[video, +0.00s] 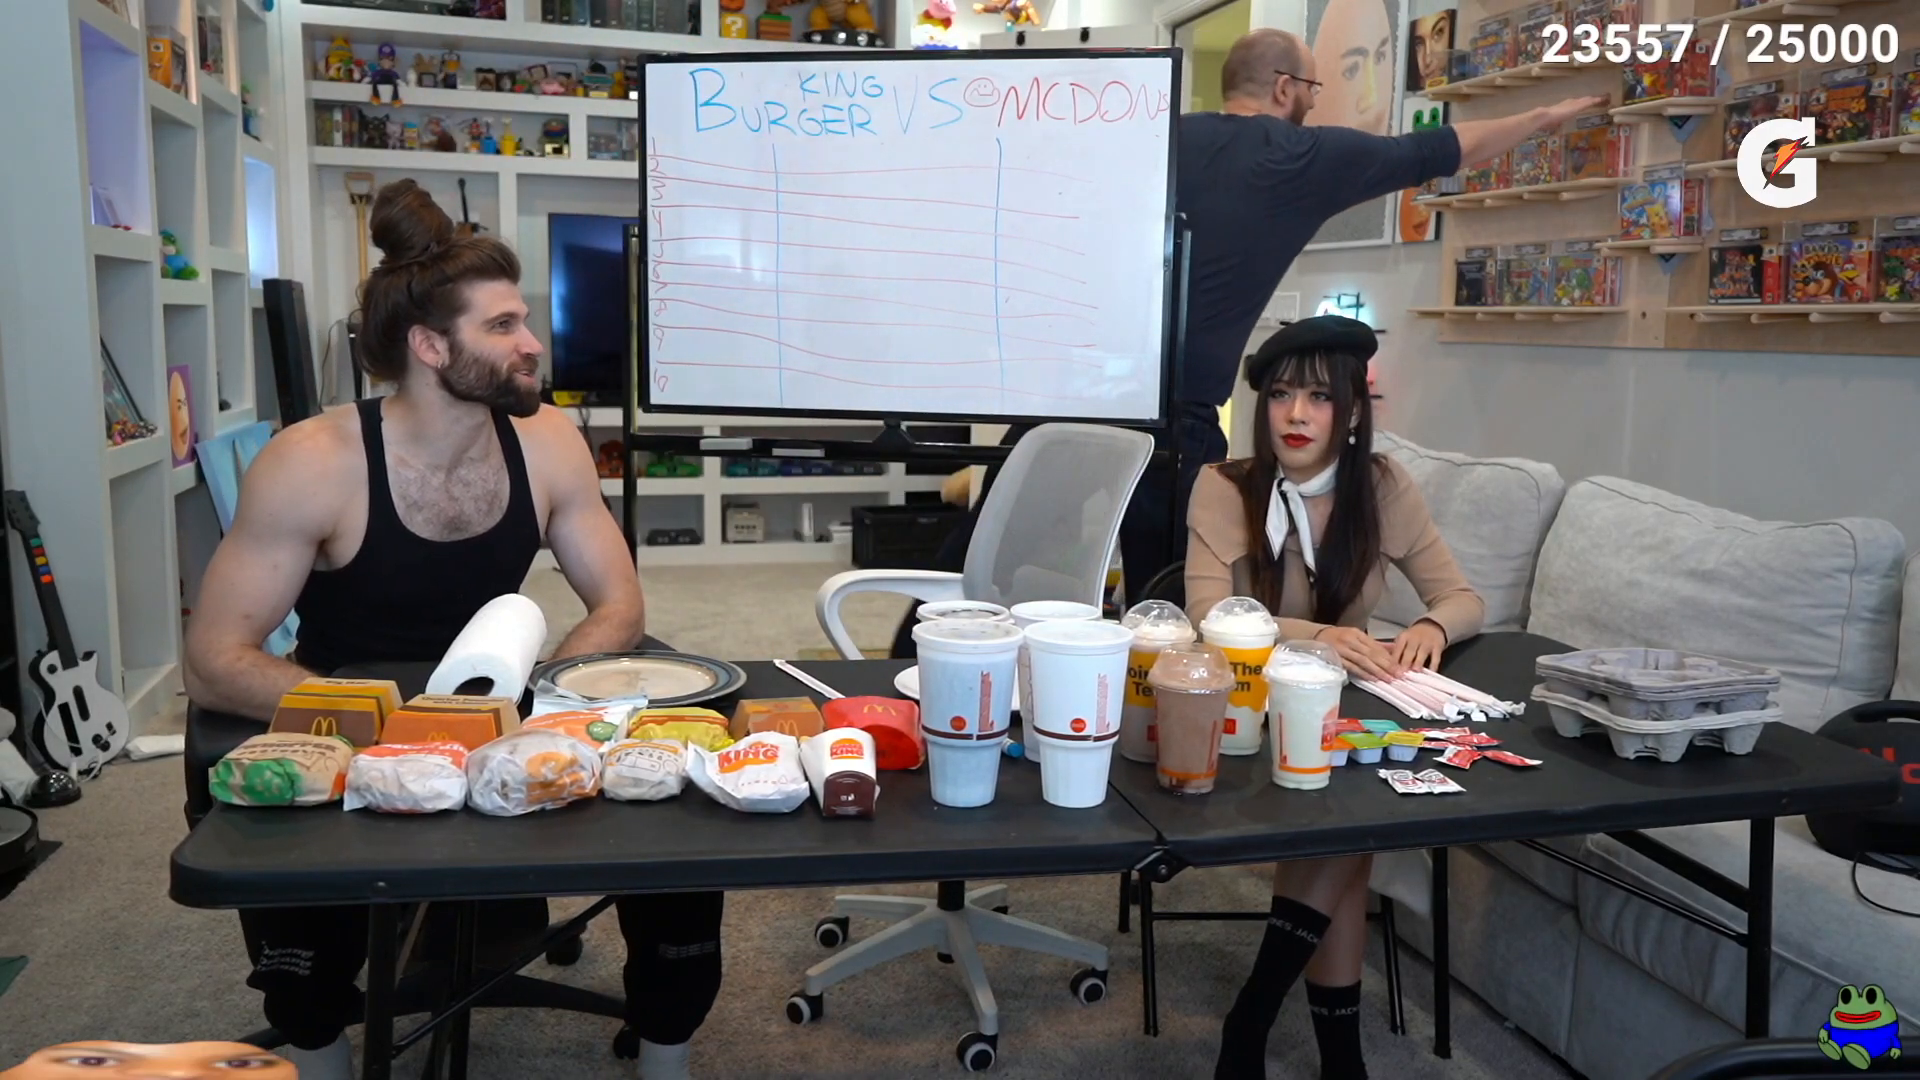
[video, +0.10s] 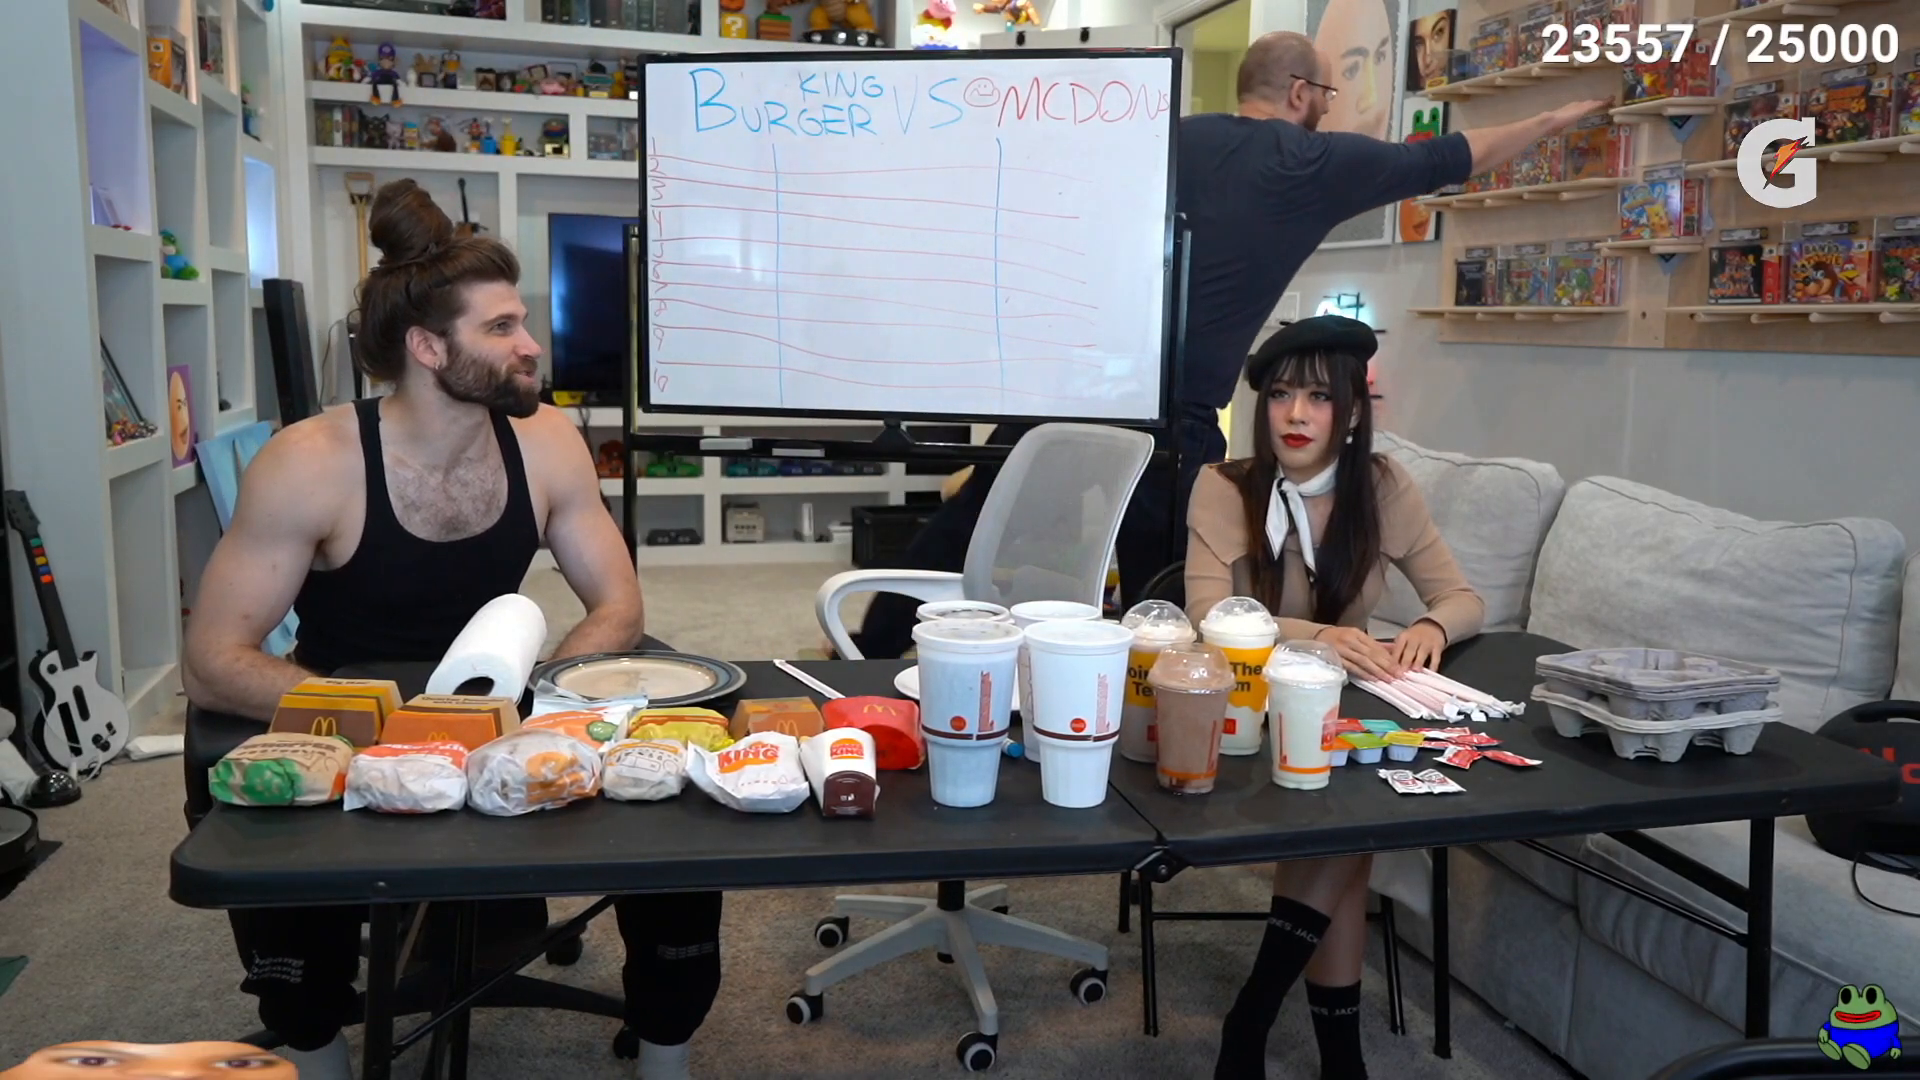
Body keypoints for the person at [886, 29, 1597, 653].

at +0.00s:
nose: (1320, 103)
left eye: (1318, 90)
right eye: (1316, 90)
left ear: (1229, 87)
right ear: (1288, 93)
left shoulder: (1156, 129)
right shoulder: (1303, 156)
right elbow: (1450, 147)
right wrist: (1561, 112)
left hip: (1078, 389)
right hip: (1175, 411)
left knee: (1055, 572)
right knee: (1171, 590)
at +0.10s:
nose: (1338, 109)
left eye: (1334, 95)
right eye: (1330, 95)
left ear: (1244, 94)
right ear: (1296, 97)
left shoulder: (1160, 132)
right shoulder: (1314, 162)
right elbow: (1465, 154)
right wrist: (1582, 109)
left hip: (1061, 389)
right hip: (1172, 414)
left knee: (956, 533)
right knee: (1159, 596)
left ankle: (878, 649)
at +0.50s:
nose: (1342, 131)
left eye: (1341, 117)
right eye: (1342, 117)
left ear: (1258, 98)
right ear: (1318, 112)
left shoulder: (1174, 138)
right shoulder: (1315, 175)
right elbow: (1451, 175)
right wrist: (1547, 118)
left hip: (1064, 379)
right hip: (1167, 414)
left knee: (966, 498)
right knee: (1136, 587)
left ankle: (846, 619)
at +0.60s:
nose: (1337, 123)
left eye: (1333, 112)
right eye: (1336, 111)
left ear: (1250, 99)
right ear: (1311, 110)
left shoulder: (1165, 138)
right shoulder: (1313, 170)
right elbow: (1447, 172)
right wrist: (1543, 114)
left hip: (1054, 386)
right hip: (1164, 416)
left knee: (965, 511)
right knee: (1146, 595)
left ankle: (862, 631)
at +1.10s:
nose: (1242, 100)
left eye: (1237, 90)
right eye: (1242, 89)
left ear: (1164, 81)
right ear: (1227, 84)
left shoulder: (1096, 129)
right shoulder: (1250, 148)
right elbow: (1377, 164)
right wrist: (1444, 109)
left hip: (1040, 400)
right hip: (1151, 414)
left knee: (1011, 569)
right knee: (1146, 590)